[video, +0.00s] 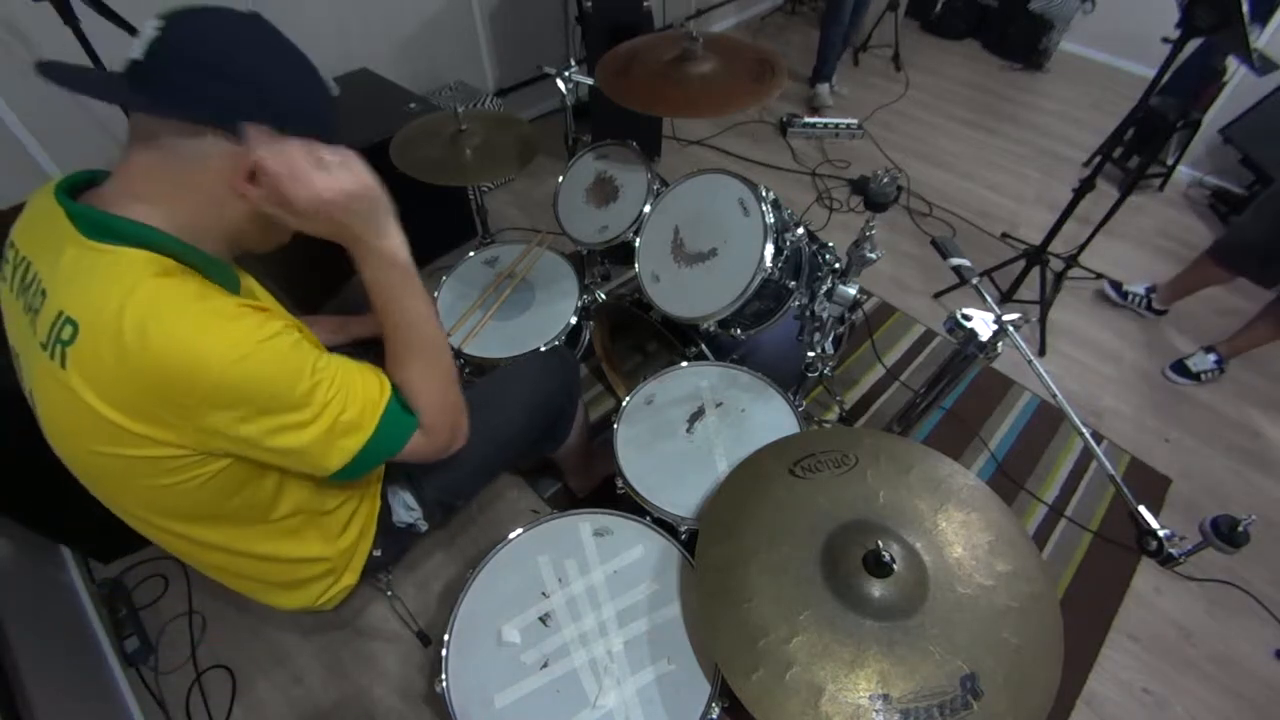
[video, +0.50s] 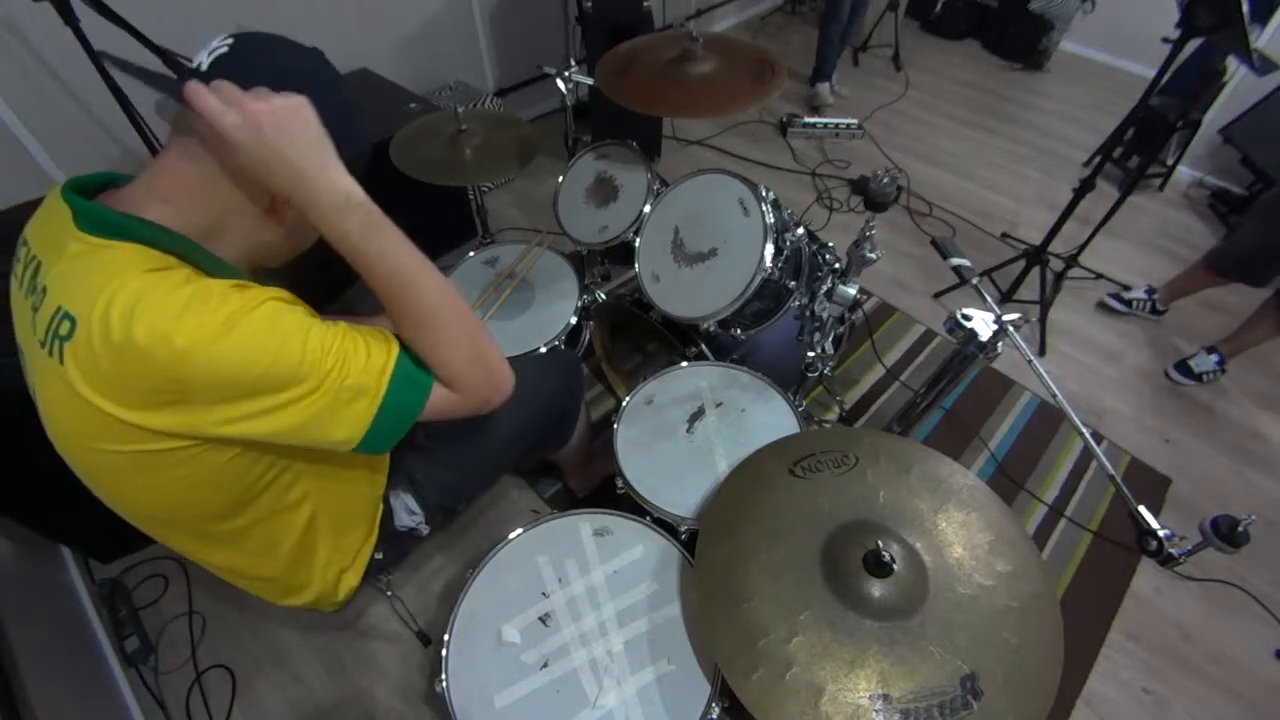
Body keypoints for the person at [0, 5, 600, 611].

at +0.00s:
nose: (308, 189)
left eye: (313, 165)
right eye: (303, 164)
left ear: (146, 128)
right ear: (255, 169)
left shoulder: (51, 217)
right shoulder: (198, 344)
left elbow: (224, 335)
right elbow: (440, 429)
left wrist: (376, 322)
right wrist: (375, 236)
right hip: (334, 532)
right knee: (552, 366)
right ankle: (583, 472)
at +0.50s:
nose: (313, 224)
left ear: (184, 131)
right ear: (285, 203)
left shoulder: (70, 217)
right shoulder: (182, 334)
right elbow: (481, 379)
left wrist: (362, 330)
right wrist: (325, 190)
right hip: (335, 528)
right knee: (553, 379)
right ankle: (584, 469)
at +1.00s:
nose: (285, 163)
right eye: (286, 150)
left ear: (125, 119)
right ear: (271, 174)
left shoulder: (35, 231)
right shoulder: (202, 356)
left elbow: (187, 334)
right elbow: (434, 442)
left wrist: (340, 318)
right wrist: (436, 234)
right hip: (338, 533)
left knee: (437, 313)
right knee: (556, 367)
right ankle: (582, 473)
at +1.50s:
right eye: (248, 125)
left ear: (45, 135)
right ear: (239, 156)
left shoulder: (20, 243)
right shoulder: (237, 382)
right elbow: (361, 550)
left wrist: (230, 309)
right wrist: (384, 380)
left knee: (372, 250)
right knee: (553, 365)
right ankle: (581, 467)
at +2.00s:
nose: (249, 207)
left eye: (248, 188)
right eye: (240, 194)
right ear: (193, 230)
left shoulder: (21, 233)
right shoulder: (157, 422)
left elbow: (191, 292)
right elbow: (384, 527)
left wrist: (266, 240)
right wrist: (414, 298)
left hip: (265, 385)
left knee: (406, 324)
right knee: (552, 376)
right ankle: (582, 467)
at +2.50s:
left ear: (123, 180)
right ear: (215, 258)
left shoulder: (51, 209)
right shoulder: (85, 396)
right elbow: (422, 441)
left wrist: (315, 244)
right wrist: (218, 193)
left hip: (243, 377)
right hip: (334, 519)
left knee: (414, 285)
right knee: (555, 382)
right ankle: (580, 468)